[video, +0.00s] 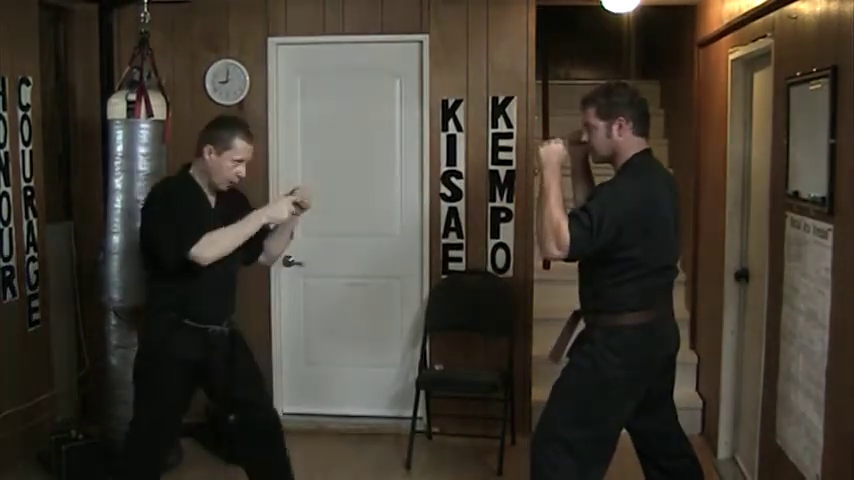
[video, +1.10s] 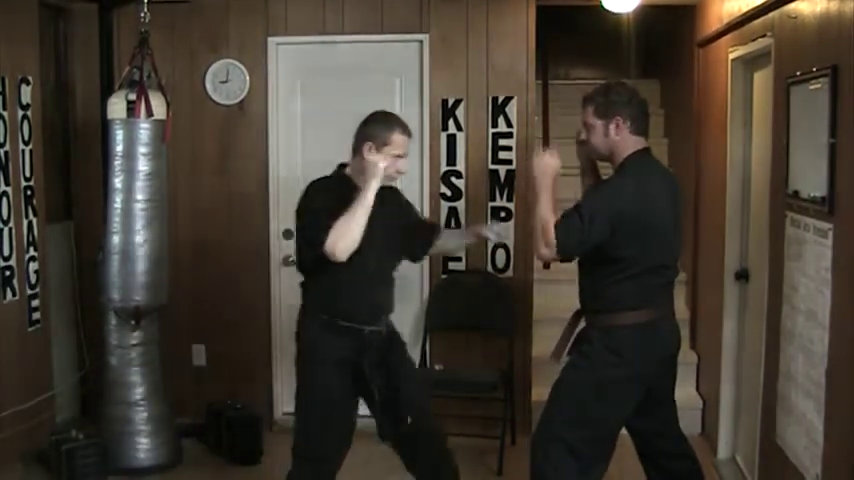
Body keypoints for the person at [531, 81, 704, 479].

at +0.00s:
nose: (586, 138)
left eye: (590, 128)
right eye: (585, 129)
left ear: (619, 127)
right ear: (626, 127)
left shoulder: (628, 187)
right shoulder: (659, 179)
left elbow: (560, 244)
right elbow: (594, 223)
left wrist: (551, 172)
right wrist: (580, 165)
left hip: (617, 343)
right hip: (655, 336)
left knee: (556, 451)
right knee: (665, 448)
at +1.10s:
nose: (584, 137)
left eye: (588, 127)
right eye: (583, 127)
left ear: (617, 126)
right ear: (625, 126)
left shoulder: (619, 189)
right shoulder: (664, 181)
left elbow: (550, 247)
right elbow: (602, 225)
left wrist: (544, 180)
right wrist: (588, 166)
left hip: (616, 343)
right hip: (658, 336)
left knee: (556, 451)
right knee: (665, 447)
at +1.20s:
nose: (586, 139)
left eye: (589, 128)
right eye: (585, 129)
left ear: (617, 126)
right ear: (626, 125)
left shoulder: (620, 189)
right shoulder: (665, 181)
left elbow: (546, 249)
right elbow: (602, 221)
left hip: (618, 343)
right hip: (660, 336)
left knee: (557, 450)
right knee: (664, 446)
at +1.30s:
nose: (585, 139)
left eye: (588, 128)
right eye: (585, 128)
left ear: (617, 126)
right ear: (627, 126)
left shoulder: (616, 190)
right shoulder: (666, 181)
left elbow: (545, 258)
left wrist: (541, 290)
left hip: (617, 343)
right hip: (661, 338)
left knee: (557, 450)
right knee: (664, 447)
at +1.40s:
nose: (584, 140)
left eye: (587, 129)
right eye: (583, 130)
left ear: (616, 127)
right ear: (625, 127)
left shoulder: (616, 189)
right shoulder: (664, 181)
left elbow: (545, 263)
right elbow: (639, 270)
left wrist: (535, 293)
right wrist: (586, 324)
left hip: (618, 345)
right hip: (661, 340)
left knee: (556, 451)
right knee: (664, 449)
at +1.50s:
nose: (582, 140)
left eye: (586, 130)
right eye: (582, 130)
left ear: (615, 127)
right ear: (624, 127)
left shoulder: (616, 191)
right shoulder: (665, 184)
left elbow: (553, 263)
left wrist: (550, 245)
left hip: (618, 342)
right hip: (660, 336)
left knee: (557, 448)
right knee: (662, 447)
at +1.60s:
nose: (579, 140)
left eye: (584, 130)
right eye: (579, 131)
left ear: (615, 129)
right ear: (616, 129)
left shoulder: (630, 184)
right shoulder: (639, 177)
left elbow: (575, 259)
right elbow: (589, 226)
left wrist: (551, 209)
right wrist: (566, 185)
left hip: (621, 340)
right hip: (645, 335)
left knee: (558, 451)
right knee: (661, 446)